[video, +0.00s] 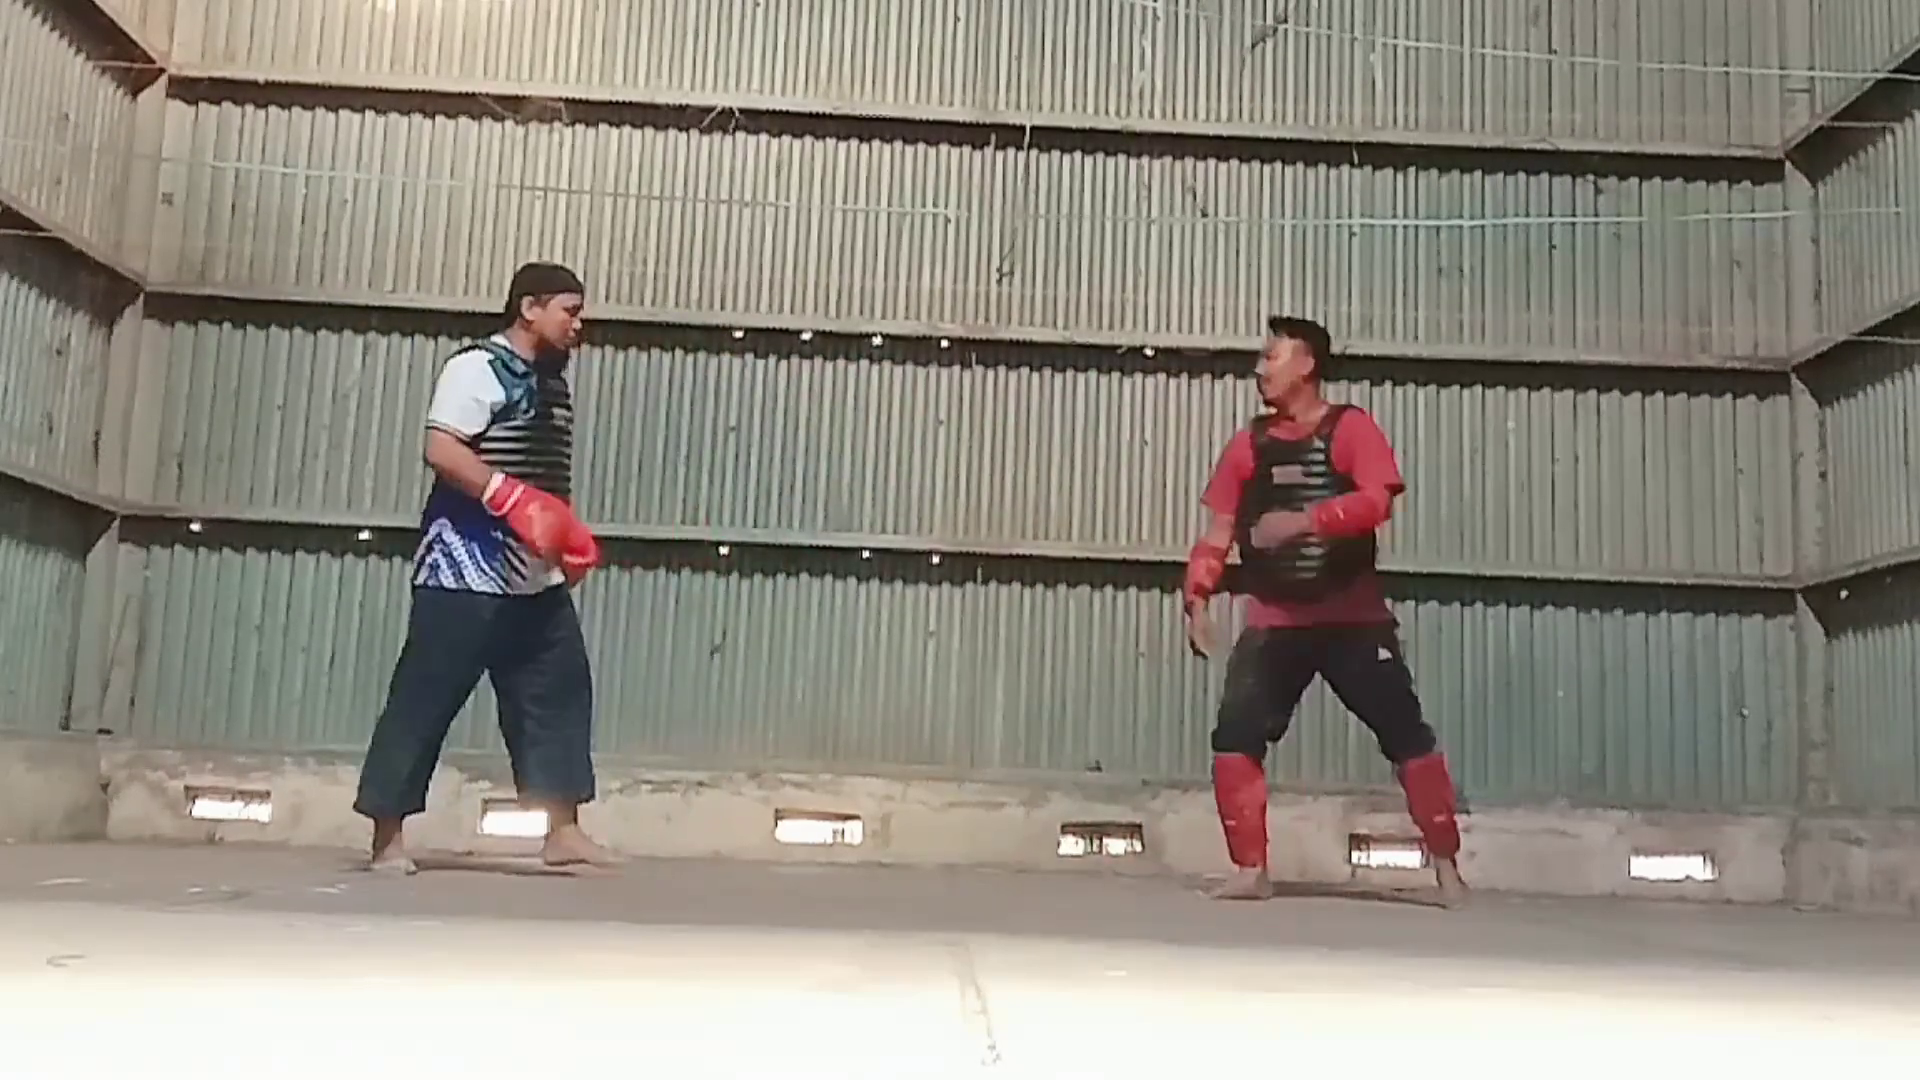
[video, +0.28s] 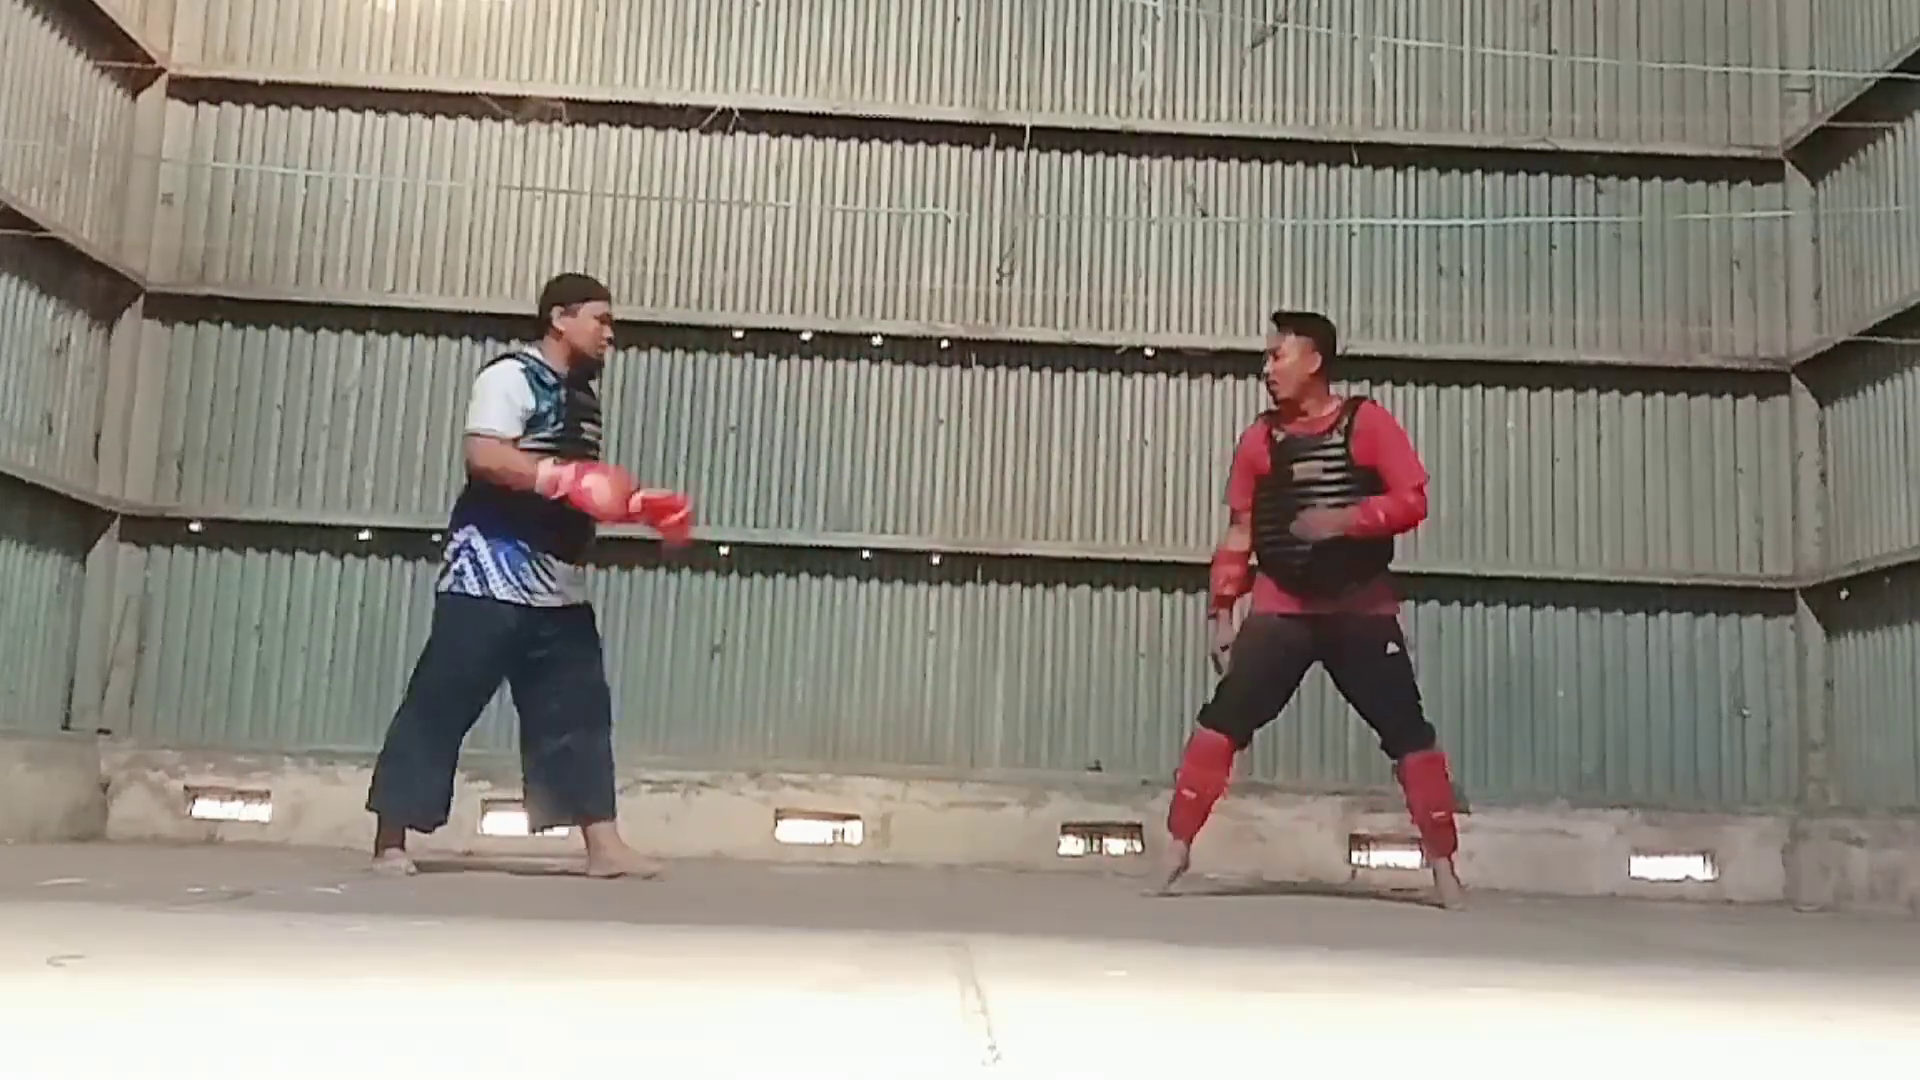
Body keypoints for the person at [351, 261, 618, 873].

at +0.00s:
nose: (579, 324)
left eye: (581, 313)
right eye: (570, 310)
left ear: (543, 313)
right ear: (530, 308)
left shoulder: (555, 383)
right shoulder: (475, 369)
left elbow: (540, 476)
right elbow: (442, 448)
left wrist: (561, 535)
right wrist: (513, 499)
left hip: (534, 579)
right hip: (462, 576)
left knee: (558, 693)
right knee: (424, 700)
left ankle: (564, 833)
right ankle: (387, 840)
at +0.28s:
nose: (610, 333)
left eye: (611, 323)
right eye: (601, 321)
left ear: (575, 323)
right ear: (561, 319)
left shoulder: (583, 396)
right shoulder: (507, 376)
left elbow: (575, 489)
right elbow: (484, 455)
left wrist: (636, 507)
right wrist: (566, 480)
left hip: (558, 582)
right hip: (487, 578)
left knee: (581, 710)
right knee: (439, 704)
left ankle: (604, 846)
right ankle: (391, 842)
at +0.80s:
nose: (693, 350)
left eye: (697, 340)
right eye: (687, 336)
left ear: (664, 335)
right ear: (647, 328)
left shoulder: (660, 399)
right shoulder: (592, 383)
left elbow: (663, 489)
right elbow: (620, 459)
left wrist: (720, 445)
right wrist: (684, 409)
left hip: (633, 581)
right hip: (567, 573)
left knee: (653, 697)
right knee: (567, 699)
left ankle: (617, 843)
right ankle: (548, 843)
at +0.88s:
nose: (692, 353)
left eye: (696, 343)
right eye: (687, 340)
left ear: (662, 338)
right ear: (647, 332)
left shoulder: (657, 403)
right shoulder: (594, 388)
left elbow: (659, 485)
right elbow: (623, 462)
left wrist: (714, 448)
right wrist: (684, 415)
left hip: (635, 583)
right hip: (572, 574)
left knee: (679, 686)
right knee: (572, 696)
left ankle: (630, 830)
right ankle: (534, 841)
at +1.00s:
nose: (701, 347)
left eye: (704, 337)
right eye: (696, 335)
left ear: (672, 333)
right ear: (658, 327)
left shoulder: (668, 396)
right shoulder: (604, 384)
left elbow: (679, 469)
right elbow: (649, 453)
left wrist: (724, 422)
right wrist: (700, 401)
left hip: (650, 577)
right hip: (582, 571)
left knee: (695, 691)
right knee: (571, 696)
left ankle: (690, 839)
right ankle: (532, 844)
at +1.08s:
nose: (710, 346)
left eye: (714, 336)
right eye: (705, 334)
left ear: (679, 332)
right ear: (669, 327)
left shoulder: (679, 395)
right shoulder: (613, 380)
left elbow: (695, 469)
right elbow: (652, 451)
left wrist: (736, 421)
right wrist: (707, 399)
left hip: (656, 573)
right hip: (591, 566)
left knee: (694, 704)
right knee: (573, 700)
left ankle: (723, 845)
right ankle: (532, 845)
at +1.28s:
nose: (755, 366)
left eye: (758, 357)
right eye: (750, 353)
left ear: (727, 354)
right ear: (710, 346)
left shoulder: (726, 425)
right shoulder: (655, 393)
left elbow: (771, 490)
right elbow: (698, 455)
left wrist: (824, 443)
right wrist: (747, 403)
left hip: (685, 594)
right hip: (618, 582)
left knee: (724, 706)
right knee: (598, 698)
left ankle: (741, 851)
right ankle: (537, 835)